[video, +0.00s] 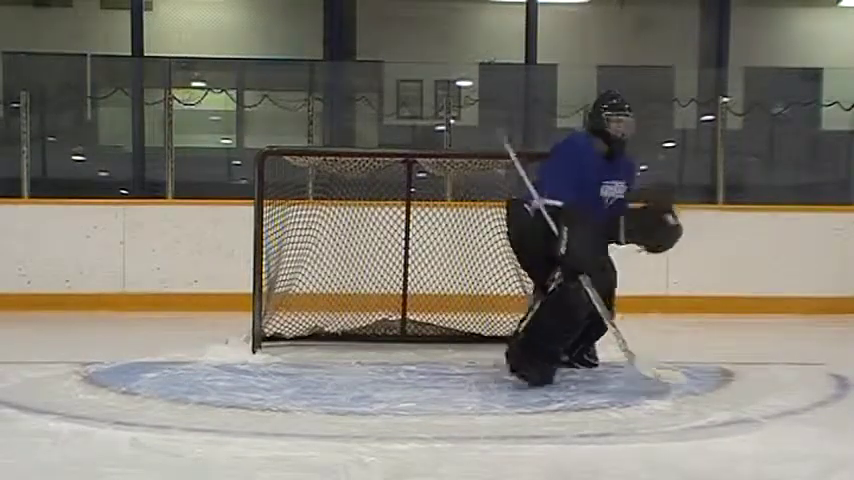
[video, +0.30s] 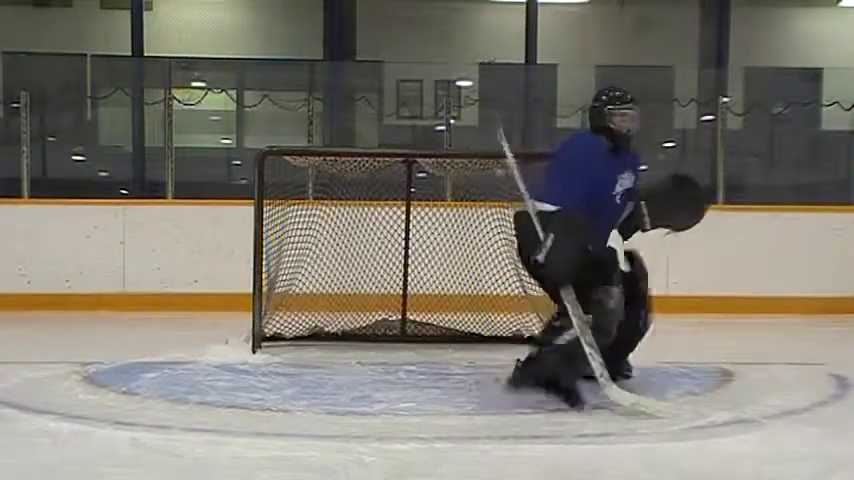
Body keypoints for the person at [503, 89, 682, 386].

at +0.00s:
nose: (623, 129)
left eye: (626, 122)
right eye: (616, 121)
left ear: (630, 125)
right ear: (600, 121)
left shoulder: (622, 164)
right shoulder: (575, 149)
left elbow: (607, 220)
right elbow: (549, 207)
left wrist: (640, 226)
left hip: (583, 234)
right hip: (541, 227)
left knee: (603, 284)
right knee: (575, 289)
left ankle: (575, 346)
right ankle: (530, 354)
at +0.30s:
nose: (629, 123)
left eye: (632, 116)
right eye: (621, 116)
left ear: (635, 119)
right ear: (602, 118)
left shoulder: (626, 157)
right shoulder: (583, 148)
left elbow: (621, 213)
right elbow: (560, 202)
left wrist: (650, 212)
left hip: (591, 240)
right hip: (555, 235)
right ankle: (548, 368)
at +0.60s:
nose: (659, 117)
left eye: (662, 111)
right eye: (653, 110)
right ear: (633, 112)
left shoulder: (652, 149)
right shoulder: (608, 144)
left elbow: (639, 198)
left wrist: (666, 207)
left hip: (634, 230)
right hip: (599, 228)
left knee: (659, 286)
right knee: (604, 298)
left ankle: (639, 361)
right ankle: (568, 369)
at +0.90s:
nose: (648, 120)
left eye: (655, 114)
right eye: (641, 113)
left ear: (663, 120)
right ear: (627, 115)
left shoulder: (665, 153)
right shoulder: (611, 151)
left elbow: (656, 209)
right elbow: (615, 209)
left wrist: (681, 220)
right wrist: (630, 256)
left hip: (628, 236)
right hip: (583, 234)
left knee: (662, 296)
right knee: (565, 299)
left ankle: (675, 372)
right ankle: (503, 363)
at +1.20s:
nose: (556, 150)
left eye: (564, 143)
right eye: (553, 142)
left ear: (581, 147)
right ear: (549, 147)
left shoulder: (609, 182)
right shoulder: (537, 187)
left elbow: (625, 225)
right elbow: (495, 235)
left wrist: (636, 255)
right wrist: (478, 277)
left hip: (587, 276)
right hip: (534, 279)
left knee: (619, 321)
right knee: (514, 347)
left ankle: (675, 372)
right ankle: (458, 359)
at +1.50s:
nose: (402, 165)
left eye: (410, 159)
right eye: (401, 158)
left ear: (429, 161)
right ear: (399, 161)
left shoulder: (463, 200)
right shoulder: (383, 208)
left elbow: (484, 248)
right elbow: (351, 260)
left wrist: (483, 289)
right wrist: (326, 300)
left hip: (465, 309)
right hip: (412, 312)